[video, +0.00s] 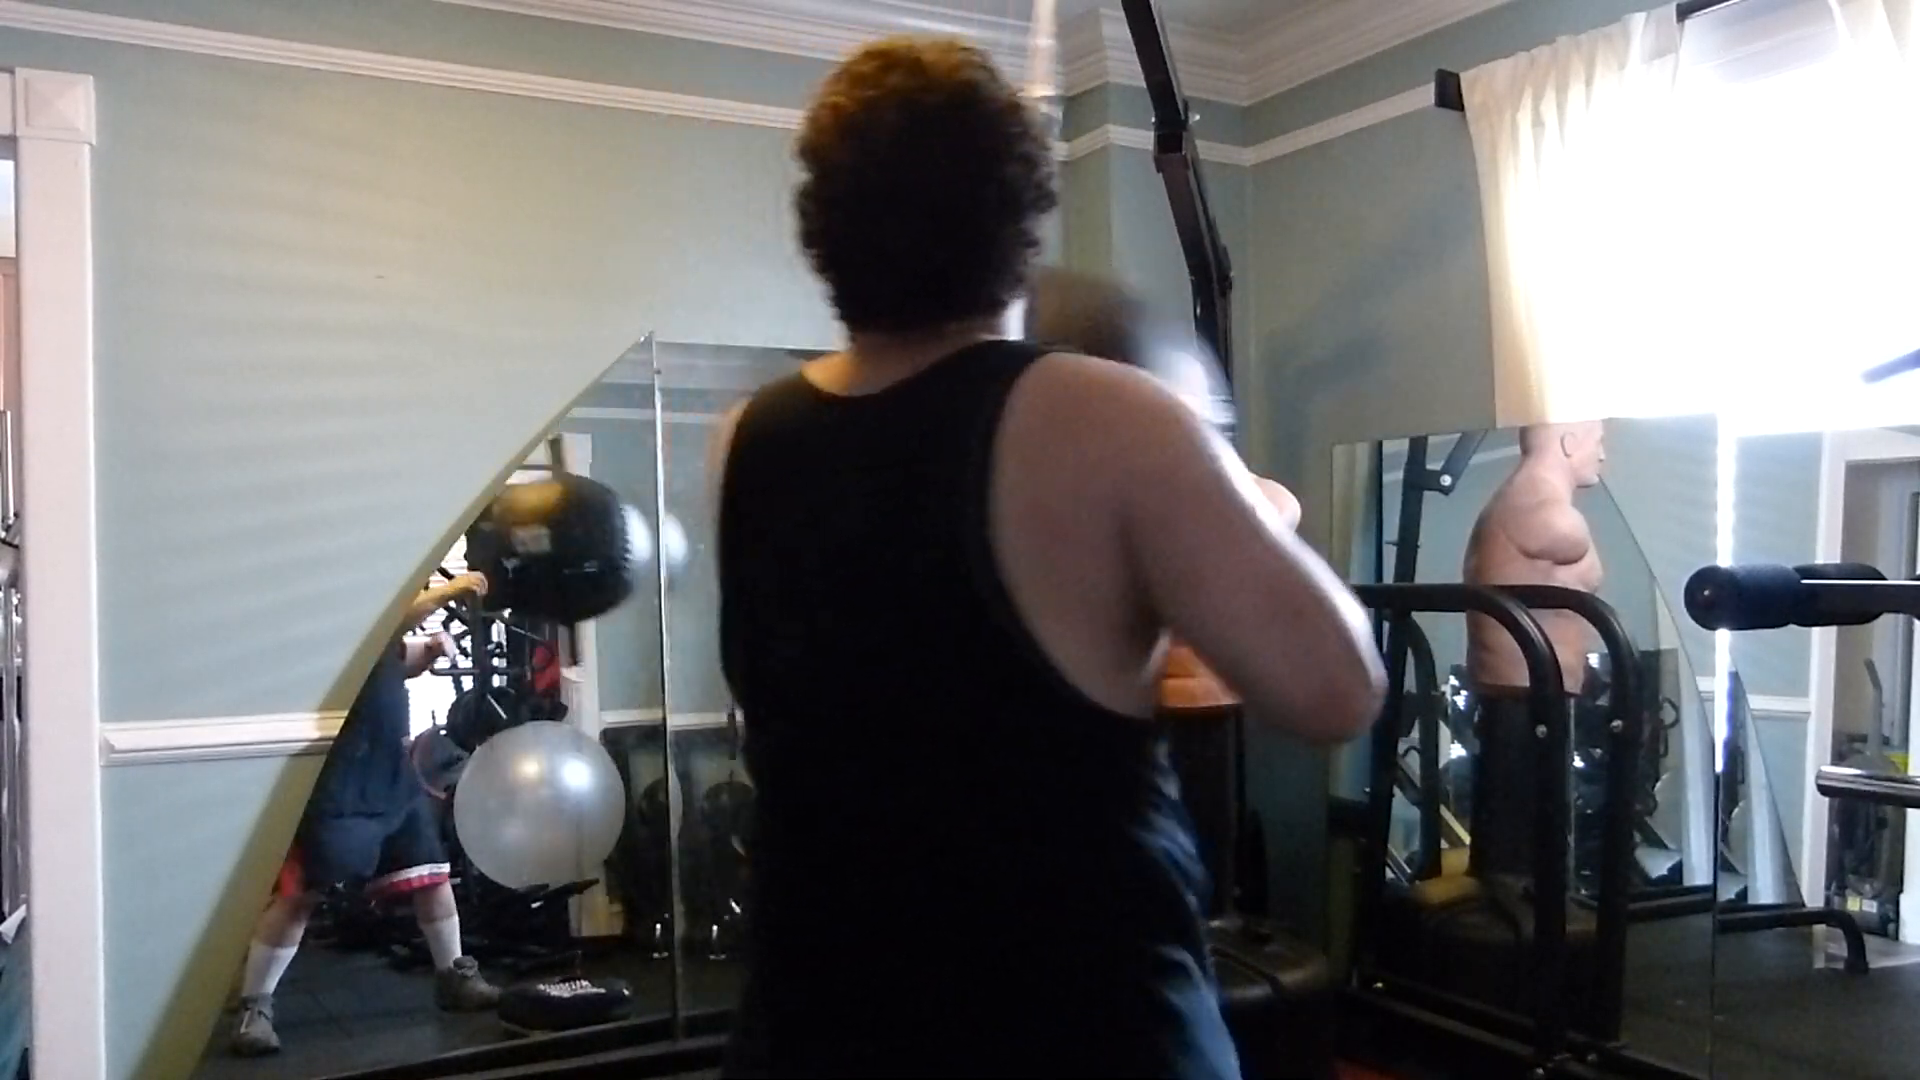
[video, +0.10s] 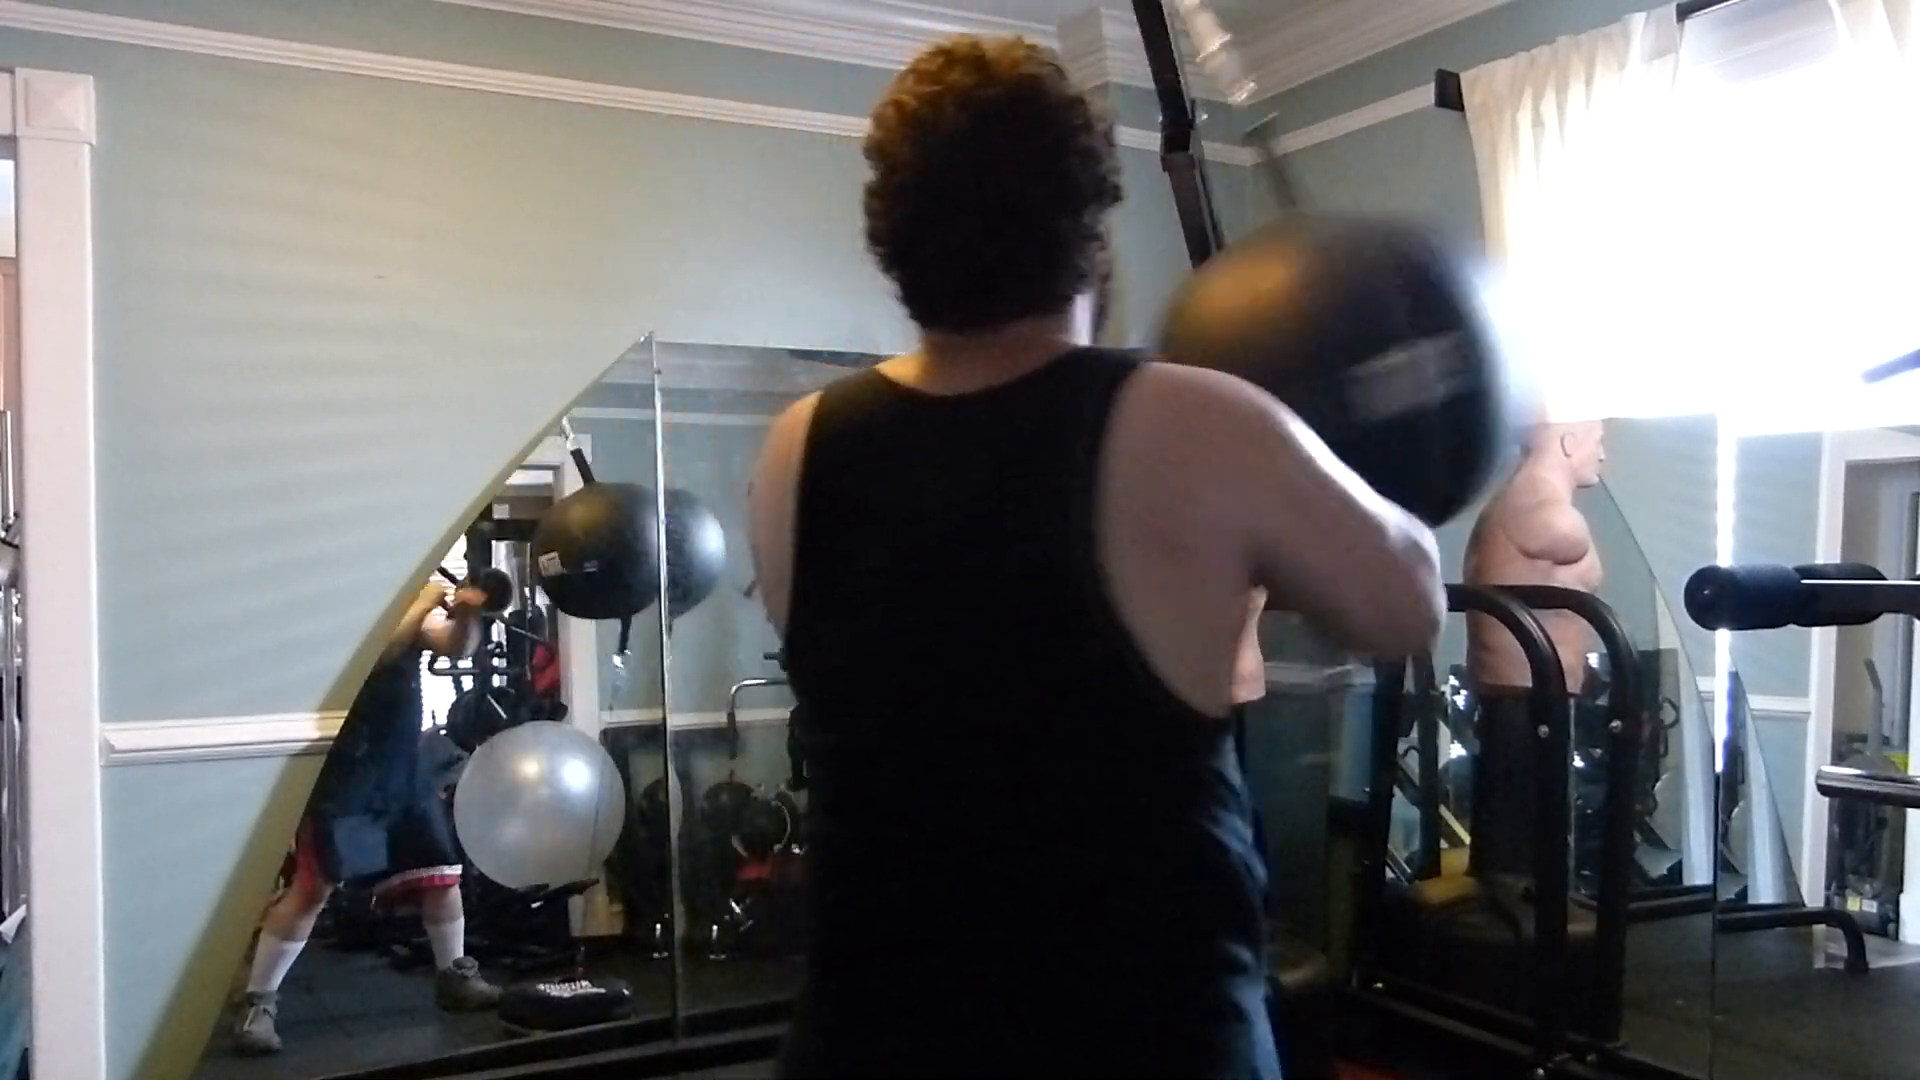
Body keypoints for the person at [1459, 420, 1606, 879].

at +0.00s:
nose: (1602, 454)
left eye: (1602, 440)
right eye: (1597, 439)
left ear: (1555, 440)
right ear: (1567, 440)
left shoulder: (1514, 499)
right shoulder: (1540, 503)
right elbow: (1593, 575)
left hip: (1512, 696)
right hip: (1529, 700)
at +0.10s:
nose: (1604, 454)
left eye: (1603, 439)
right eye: (1598, 437)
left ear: (1559, 438)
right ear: (1567, 438)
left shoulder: (1511, 502)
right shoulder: (1538, 500)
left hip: (1508, 690)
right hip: (1528, 694)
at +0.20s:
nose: (1603, 455)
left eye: (1602, 442)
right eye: (1597, 440)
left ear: (1564, 442)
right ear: (1566, 442)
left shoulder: (1515, 499)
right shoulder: (1538, 496)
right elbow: (1551, 539)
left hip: (1509, 683)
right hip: (1528, 685)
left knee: (1511, 781)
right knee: (1527, 785)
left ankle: (1509, 879)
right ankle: (1515, 884)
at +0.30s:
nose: (1603, 455)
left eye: (1602, 441)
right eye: (1597, 439)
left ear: (1554, 441)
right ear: (1567, 442)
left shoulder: (1507, 502)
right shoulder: (1541, 502)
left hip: (1506, 692)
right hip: (1530, 697)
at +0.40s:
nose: (1603, 454)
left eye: (1602, 440)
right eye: (1597, 439)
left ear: (1555, 440)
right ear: (1567, 441)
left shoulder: (1511, 500)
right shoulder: (1540, 502)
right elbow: (1593, 575)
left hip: (1508, 694)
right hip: (1530, 698)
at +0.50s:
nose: (1603, 455)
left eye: (1602, 440)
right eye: (1597, 438)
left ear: (1555, 440)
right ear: (1567, 440)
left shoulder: (1507, 502)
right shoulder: (1539, 500)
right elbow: (1594, 575)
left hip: (1508, 697)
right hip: (1531, 700)